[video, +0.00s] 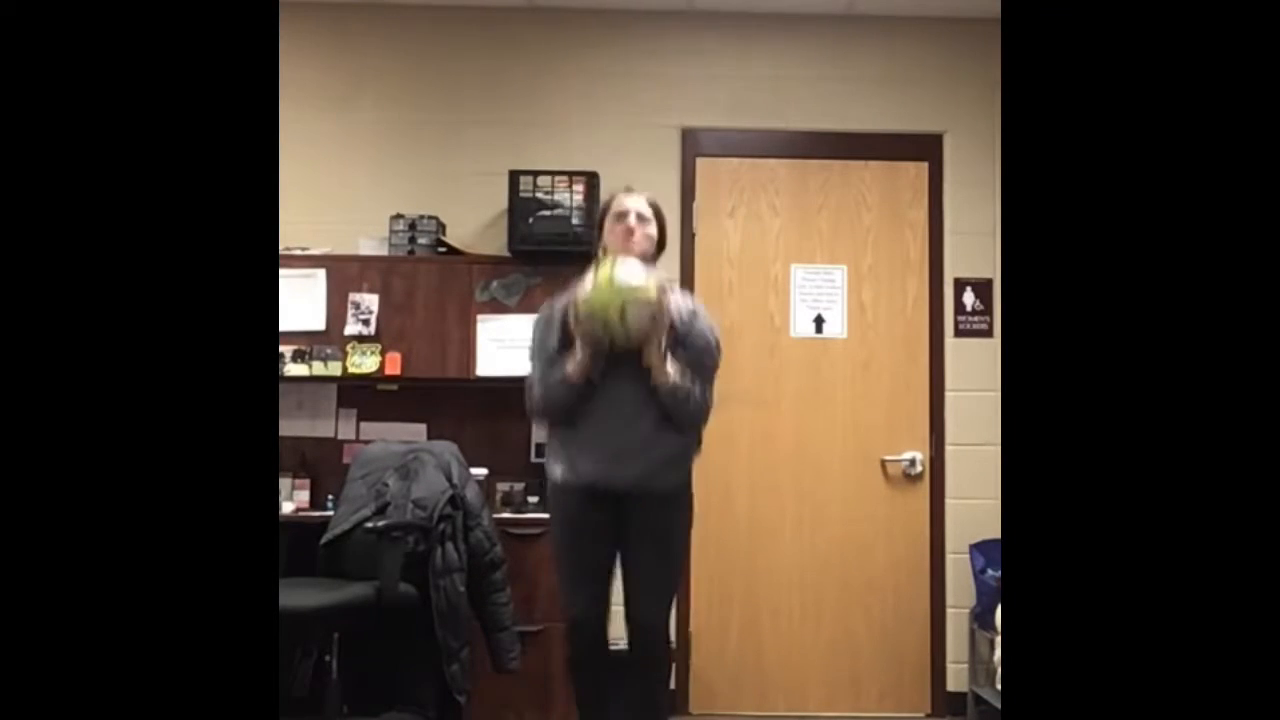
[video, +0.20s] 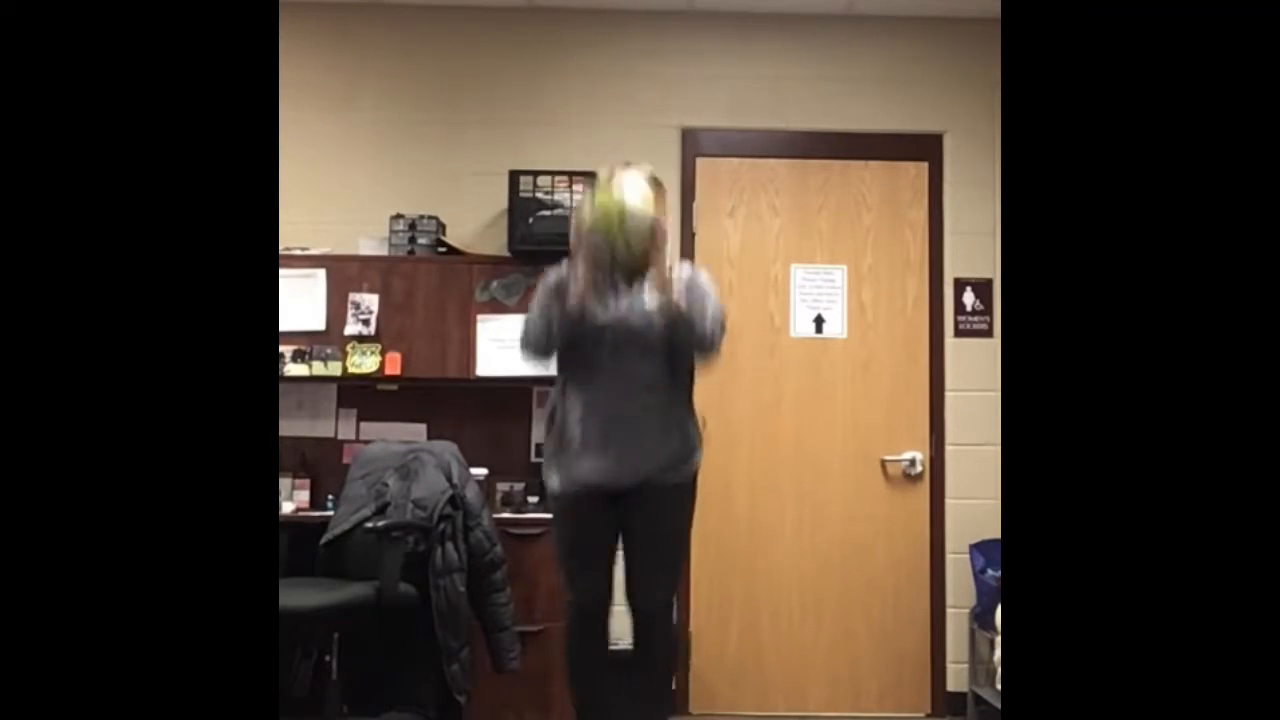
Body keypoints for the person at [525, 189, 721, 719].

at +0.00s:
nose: (632, 226)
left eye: (644, 219)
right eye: (621, 217)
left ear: (659, 239)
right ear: (602, 233)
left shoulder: (685, 315)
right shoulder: (562, 313)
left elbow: (694, 414)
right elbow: (544, 404)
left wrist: (656, 357)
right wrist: (584, 353)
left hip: (659, 493)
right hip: (580, 493)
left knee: (650, 628)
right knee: (584, 626)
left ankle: (647, 715)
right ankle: (594, 714)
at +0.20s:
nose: (625, 233)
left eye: (636, 221)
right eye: (613, 221)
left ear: (656, 226)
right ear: (592, 226)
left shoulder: (683, 282)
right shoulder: (566, 283)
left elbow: (706, 340)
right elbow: (536, 343)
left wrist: (675, 292)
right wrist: (574, 281)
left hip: (661, 474)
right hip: (582, 475)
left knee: (654, 610)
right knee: (587, 609)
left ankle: (652, 710)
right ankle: (592, 710)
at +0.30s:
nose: (633, 192)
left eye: (644, 186)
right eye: (621, 183)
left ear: (660, 201)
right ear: (600, 196)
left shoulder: (676, 265)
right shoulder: (575, 254)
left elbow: (712, 257)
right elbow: (536, 258)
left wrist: (678, 179)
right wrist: (581, 178)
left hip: (662, 444)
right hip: (581, 443)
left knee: (667, 593)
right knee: (573, 590)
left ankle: (681, 712)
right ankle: (556, 712)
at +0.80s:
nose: (633, 199)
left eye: (646, 189)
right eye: (620, 188)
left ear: (668, 199)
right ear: (600, 198)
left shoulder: (692, 259)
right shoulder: (576, 254)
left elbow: (725, 309)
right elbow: (535, 299)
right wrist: (583, 238)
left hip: (671, 449)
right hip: (590, 447)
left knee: (676, 592)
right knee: (574, 589)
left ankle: (692, 710)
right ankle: (552, 709)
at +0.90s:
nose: (639, 213)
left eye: (651, 205)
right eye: (627, 205)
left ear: (668, 224)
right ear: (609, 221)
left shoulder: (695, 298)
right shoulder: (572, 294)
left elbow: (718, 388)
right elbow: (542, 382)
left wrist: (671, 340)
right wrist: (590, 329)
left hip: (672, 479)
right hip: (592, 479)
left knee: (663, 618)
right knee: (596, 618)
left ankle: (662, 713)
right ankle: (603, 713)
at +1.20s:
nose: (640, 185)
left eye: (652, 174)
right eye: (627, 173)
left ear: (672, 180)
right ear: (605, 180)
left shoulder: (684, 249)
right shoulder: (584, 251)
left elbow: (725, 294)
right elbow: (545, 298)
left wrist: (687, 252)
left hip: (672, 448)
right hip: (593, 448)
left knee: (670, 593)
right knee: (582, 593)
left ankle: (674, 704)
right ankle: (576, 708)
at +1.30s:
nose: (643, 197)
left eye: (654, 190)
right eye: (629, 189)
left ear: (671, 207)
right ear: (611, 205)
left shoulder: (694, 268)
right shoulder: (587, 264)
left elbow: (723, 211)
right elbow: (557, 211)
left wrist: (686, 126)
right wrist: (596, 120)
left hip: (672, 446)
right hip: (594, 444)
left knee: (686, 599)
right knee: (567, 603)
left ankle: (704, 706)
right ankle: (539, 708)